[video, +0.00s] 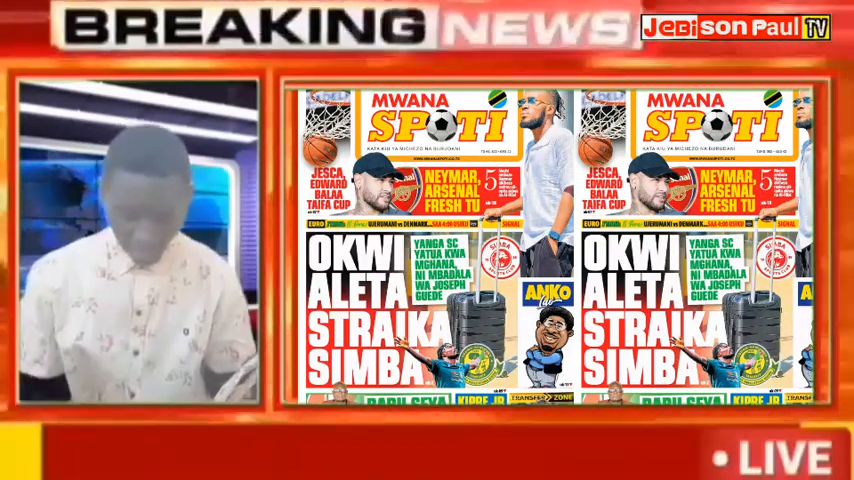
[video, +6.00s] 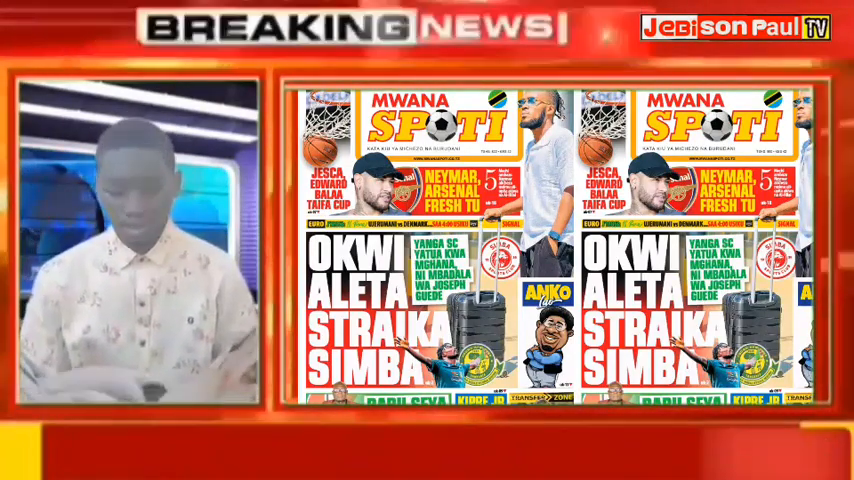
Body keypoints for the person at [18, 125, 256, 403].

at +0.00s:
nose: (146, 232)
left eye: (162, 215)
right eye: (129, 215)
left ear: (188, 196)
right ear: (103, 194)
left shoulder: (215, 277)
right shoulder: (56, 275)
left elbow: (233, 389)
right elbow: (41, 397)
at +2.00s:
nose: (127, 187)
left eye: (143, 171)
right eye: (110, 173)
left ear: (169, 184)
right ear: (86, 187)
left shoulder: (208, 274)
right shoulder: (39, 276)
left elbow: (231, 385)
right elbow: (28, 394)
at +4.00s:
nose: (113, 227)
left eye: (128, 208)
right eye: (95, 210)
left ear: (162, 195)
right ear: (74, 199)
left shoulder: (207, 286)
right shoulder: (36, 289)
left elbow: (231, 402)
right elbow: (32, 411)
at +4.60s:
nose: (140, 191)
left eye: (156, 173)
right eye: (122, 174)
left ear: (185, 187)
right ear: (99, 188)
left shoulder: (225, 277)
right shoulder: (58, 278)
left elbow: (252, 391)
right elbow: (41, 402)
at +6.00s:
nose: (133, 207)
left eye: (149, 189)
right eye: (116, 191)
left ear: (177, 184)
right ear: (96, 188)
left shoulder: (218, 272)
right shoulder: (59, 277)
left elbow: (249, 383)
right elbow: (27, 392)